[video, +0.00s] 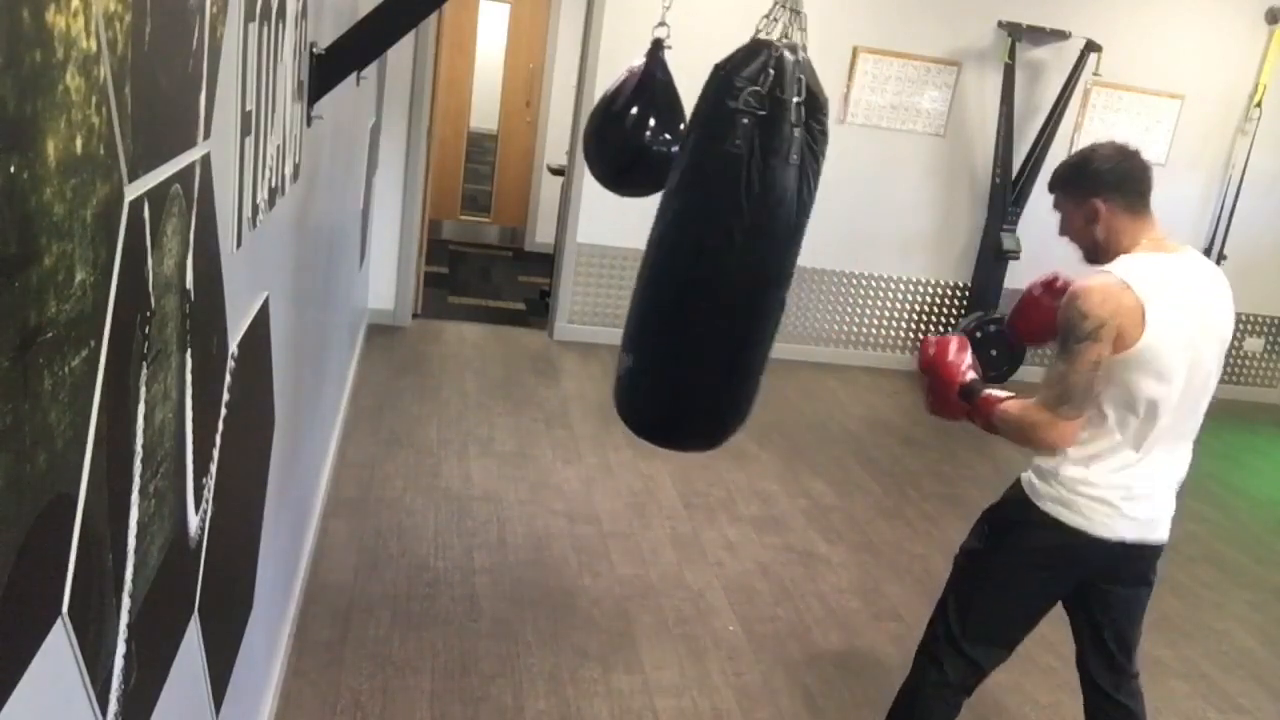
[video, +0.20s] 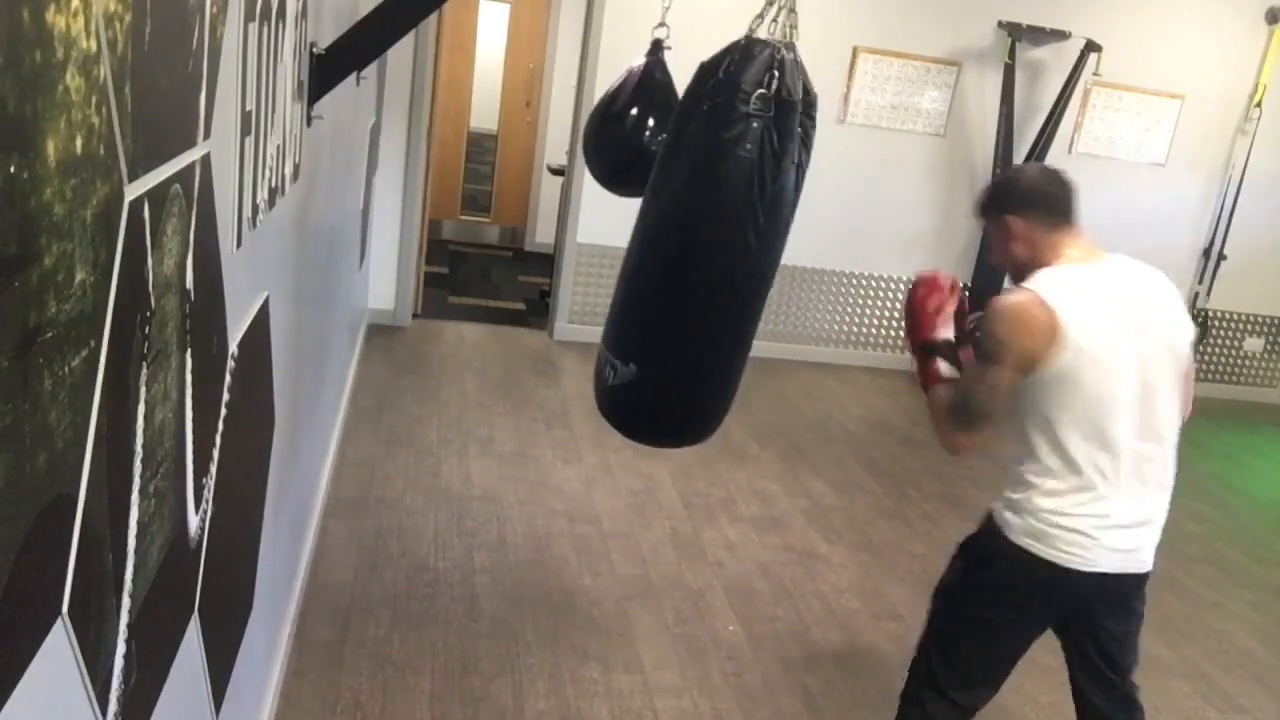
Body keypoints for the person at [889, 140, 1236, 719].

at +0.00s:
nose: (1062, 229)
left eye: (1064, 213)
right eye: (1060, 214)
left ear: (1099, 210)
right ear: (1136, 200)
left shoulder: (1100, 298)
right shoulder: (1212, 284)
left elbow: (1052, 430)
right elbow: (1146, 376)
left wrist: (971, 396)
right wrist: (1071, 320)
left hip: (1054, 520)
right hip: (1140, 533)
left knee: (948, 663)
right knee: (1115, 687)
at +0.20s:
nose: (997, 255)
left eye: (996, 239)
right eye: (994, 240)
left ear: (1017, 230)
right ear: (1068, 219)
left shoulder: (1024, 309)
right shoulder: (1159, 291)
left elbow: (958, 433)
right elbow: (1181, 407)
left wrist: (931, 348)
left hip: (1032, 548)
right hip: (1125, 560)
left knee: (938, 696)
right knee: (1112, 704)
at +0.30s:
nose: (967, 251)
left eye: (965, 236)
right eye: (964, 237)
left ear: (983, 224)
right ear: (1040, 212)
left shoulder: (981, 301)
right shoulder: (1144, 286)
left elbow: (922, 406)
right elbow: (1171, 411)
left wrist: (929, 339)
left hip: (1006, 559)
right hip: (1114, 568)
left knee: (921, 701)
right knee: (1109, 711)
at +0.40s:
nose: (959, 233)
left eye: (958, 218)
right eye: (957, 218)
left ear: (974, 210)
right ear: (1040, 201)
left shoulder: (959, 294)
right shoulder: (1139, 284)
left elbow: (900, 407)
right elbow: (1163, 417)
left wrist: (920, 311)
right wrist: (1084, 374)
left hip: (985, 563)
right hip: (1100, 576)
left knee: (919, 708)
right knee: (1084, 714)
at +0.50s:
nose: (967, 219)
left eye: (967, 202)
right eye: (967, 202)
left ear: (984, 199)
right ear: (1054, 197)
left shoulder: (953, 290)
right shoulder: (1142, 291)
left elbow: (885, 420)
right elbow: (1165, 429)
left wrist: (923, 314)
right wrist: (1077, 419)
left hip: (962, 570)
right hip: (1082, 589)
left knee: (913, 711)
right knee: (1068, 713)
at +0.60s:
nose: (992, 204)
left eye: (993, 192)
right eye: (995, 191)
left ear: (1004, 197)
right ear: (1081, 198)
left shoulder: (953, 292)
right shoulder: (1156, 306)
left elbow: (879, 434)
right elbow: (1173, 453)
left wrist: (933, 384)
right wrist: (1094, 425)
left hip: (948, 578)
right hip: (1069, 603)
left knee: (907, 710)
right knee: (1040, 712)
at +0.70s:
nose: (1019, 217)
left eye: (1022, 204)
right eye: (1024, 204)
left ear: (1032, 208)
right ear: (1112, 219)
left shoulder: (969, 303)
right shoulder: (1178, 335)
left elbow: (886, 450)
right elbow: (1183, 492)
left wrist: (949, 403)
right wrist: (1098, 465)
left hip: (938, 604)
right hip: (1063, 635)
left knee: (898, 711)